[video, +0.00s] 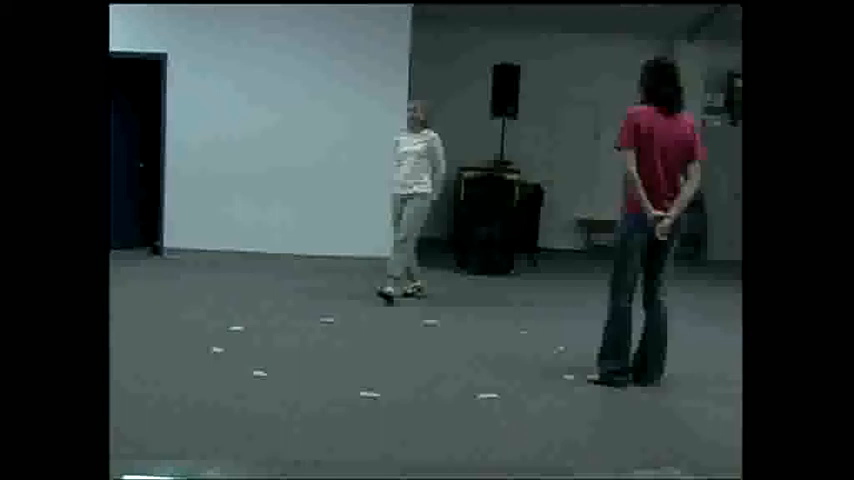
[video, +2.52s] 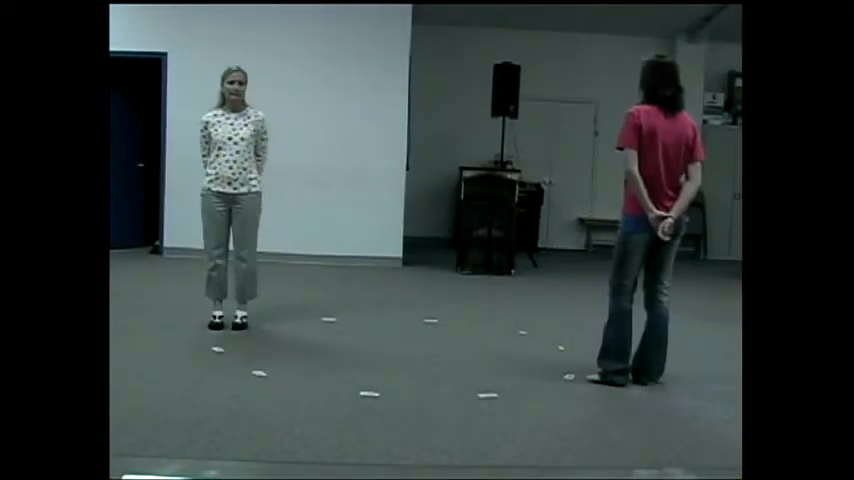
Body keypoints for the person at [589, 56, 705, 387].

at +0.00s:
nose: (640, 88)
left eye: (642, 83)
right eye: (643, 83)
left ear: (647, 87)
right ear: (675, 86)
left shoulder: (636, 117)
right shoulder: (687, 124)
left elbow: (631, 169)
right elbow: (693, 178)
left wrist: (650, 209)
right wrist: (670, 216)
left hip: (636, 217)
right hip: (668, 219)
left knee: (622, 292)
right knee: (656, 292)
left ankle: (613, 368)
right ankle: (650, 368)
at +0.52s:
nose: (642, 86)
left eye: (643, 81)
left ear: (646, 85)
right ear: (676, 85)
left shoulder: (636, 116)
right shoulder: (688, 124)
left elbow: (630, 168)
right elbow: (694, 178)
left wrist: (651, 210)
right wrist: (673, 215)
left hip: (638, 219)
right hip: (671, 220)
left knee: (622, 291)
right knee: (658, 292)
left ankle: (614, 369)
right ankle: (650, 370)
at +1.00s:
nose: (641, 87)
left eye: (642, 81)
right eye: (644, 81)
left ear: (645, 84)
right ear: (675, 85)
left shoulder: (637, 116)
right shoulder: (688, 124)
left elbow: (630, 168)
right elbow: (693, 178)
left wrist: (650, 210)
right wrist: (673, 215)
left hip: (638, 219)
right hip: (671, 220)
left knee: (622, 291)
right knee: (658, 292)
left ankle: (614, 369)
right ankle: (650, 369)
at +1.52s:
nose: (641, 86)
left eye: (642, 80)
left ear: (645, 84)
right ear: (675, 85)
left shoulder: (636, 116)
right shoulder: (688, 124)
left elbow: (630, 168)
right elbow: (693, 178)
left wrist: (650, 210)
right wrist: (673, 216)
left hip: (638, 219)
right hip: (671, 220)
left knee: (622, 291)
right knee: (658, 291)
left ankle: (614, 369)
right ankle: (649, 369)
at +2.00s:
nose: (642, 86)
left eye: (643, 80)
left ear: (647, 84)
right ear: (676, 85)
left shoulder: (637, 116)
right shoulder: (688, 124)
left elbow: (631, 168)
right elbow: (694, 178)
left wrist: (651, 210)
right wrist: (673, 216)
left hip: (638, 219)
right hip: (672, 221)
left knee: (622, 290)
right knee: (658, 293)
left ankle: (614, 368)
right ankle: (649, 370)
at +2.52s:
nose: (642, 86)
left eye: (643, 80)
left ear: (647, 84)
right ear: (676, 85)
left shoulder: (638, 116)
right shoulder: (689, 124)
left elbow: (631, 169)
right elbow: (694, 178)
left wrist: (651, 210)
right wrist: (674, 216)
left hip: (639, 219)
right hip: (672, 220)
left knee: (622, 291)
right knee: (659, 293)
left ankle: (615, 368)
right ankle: (649, 370)